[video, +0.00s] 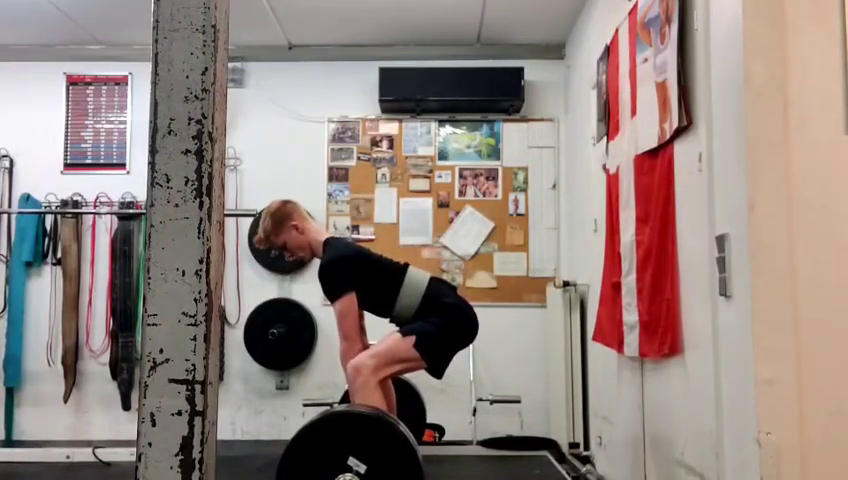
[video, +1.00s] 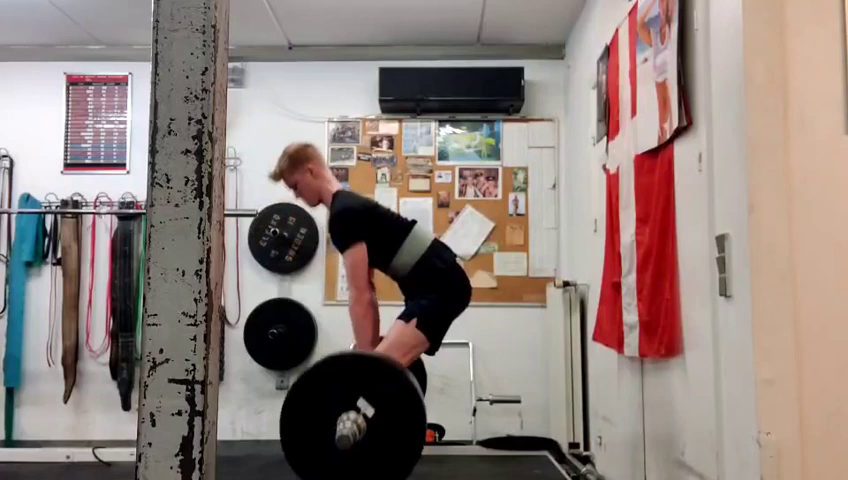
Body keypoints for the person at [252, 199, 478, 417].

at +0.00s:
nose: (288, 256)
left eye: (284, 248)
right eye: (282, 252)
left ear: (296, 228)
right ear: (300, 226)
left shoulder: (334, 263)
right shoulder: (340, 253)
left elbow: (352, 346)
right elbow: (359, 343)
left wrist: (354, 399)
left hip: (448, 318)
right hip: (446, 316)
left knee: (359, 368)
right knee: (370, 368)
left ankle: (371, 452)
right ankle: (388, 450)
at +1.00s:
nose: (296, 195)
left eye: (295, 185)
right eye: (291, 189)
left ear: (311, 170)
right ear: (313, 170)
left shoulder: (344, 213)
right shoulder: (347, 206)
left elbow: (361, 294)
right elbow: (366, 291)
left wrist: (363, 355)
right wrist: (370, 349)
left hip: (441, 289)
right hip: (436, 287)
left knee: (380, 366)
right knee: (382, 365)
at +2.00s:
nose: (294, 167)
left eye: (292, 157)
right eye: (289, 160)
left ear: (309, 145)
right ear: (312, 147)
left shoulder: (341, 181)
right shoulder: (343, 180)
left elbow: (354, 261)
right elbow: (355, 261)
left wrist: (351, 326)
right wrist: (352, 325)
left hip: (428, 275)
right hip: (421, 274)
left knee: (387, 365)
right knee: (387, 364)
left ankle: (381, 473)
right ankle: (386, 467)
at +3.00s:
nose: (286, 272)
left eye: (278, 266)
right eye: (278, 269)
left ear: (282, 247)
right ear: (285, 240)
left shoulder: (326, 268)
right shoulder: (331, 256)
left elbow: (348, 346)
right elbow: (354, 343)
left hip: (439, 327)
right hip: (440, 323)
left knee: (350, 369)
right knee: (362, 367)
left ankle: (370, 451)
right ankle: (387, 447)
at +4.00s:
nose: (277, 237)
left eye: (275, 227)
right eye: (272, 231)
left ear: (292, 210)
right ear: (293, 209)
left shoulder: (330, 251)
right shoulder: (332, 245)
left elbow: (348, 333)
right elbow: (354, 331)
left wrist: (346, 401)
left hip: (435, 312)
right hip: (431, 310)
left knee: (349, 369)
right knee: (366, 369)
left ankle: (373, 451)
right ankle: (387, 445)